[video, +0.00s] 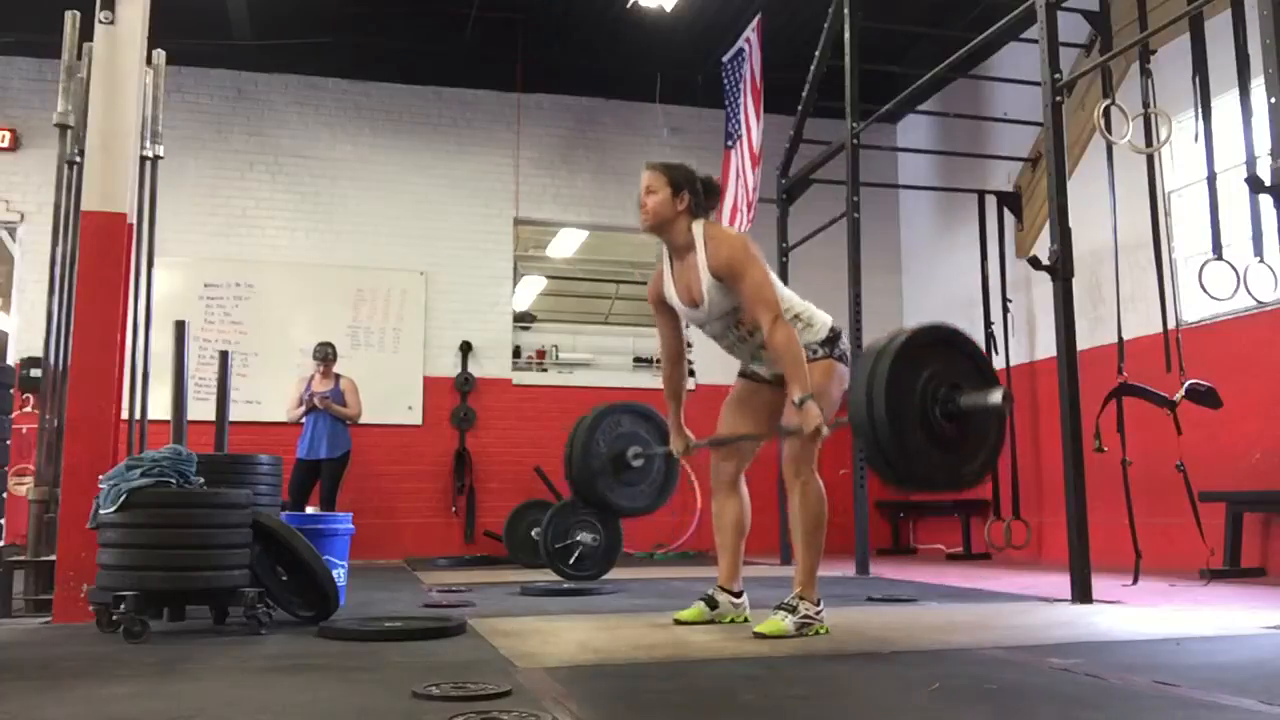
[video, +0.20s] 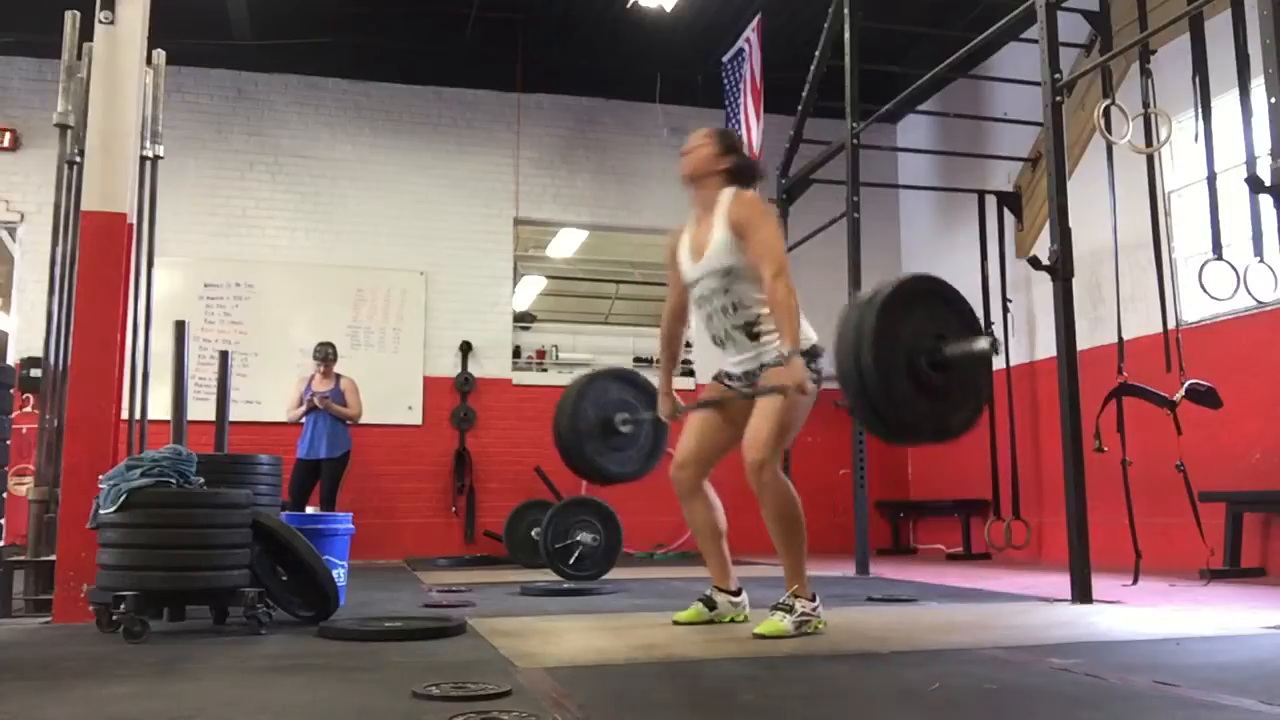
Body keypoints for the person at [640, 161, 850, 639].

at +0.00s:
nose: (641, 203)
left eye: (651, 193)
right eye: (641, 194)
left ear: (681, 200)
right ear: (664, 204)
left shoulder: (726, 247)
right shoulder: (661, 285)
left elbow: (774, 323)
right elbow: (672, 358)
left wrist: (802, 398)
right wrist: (676, 423)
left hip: (814, 347)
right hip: (761, 361)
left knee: (796, 466)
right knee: (724, 468)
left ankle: (806, 601)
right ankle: (728, 594)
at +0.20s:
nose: (683, 151)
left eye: (695, 144)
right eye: (685, 145)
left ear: (723, 159)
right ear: (697, 163)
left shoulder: (746, 206)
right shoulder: (683, 238)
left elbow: (777, 278)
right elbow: (675, 315)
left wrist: (791, 354)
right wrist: (665, 385)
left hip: (783, 360)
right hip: (732, 372)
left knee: (760, 461)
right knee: (685, 471)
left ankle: (801, 599)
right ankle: (726, 594)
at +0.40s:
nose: (766, 123)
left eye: (781, 119)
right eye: (768, 118)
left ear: (802, 141)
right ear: (763, 139)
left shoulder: (802, 178)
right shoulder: (736, 203)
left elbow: (796, 230)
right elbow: (690, 263)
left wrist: (775, 279)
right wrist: (650, 315)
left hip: (770, 323)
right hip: (719, 331)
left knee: (760, 441)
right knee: (695, 452)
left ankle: (796, 590)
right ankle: (717, 583)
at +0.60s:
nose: (757, 146)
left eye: (768, 139)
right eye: (759, 138)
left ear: (796, 155)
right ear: (759, 152)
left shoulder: (797, 201)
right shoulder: (732, 211)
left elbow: (821, 209)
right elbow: (708, 272)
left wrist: (805, 199)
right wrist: (668, 258)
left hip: (765, 342)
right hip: (712, 348)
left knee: (753, 445)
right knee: (661, 465)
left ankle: (817, 586)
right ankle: (695, 584)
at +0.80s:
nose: (724, 186)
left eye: (738, 181)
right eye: (724, 181)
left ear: (763, 203)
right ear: (722, 203)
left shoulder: (773, 254)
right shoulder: (696, 271)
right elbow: (638, 311)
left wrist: (767, 226)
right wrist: (645, 259)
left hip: (783, 397)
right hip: (726, 410)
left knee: (760, 475)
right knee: (637, 486)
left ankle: (826, 606)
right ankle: (682, 596)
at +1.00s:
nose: (719, 199)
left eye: (731, 192)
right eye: (719, 192)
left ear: (762, 207)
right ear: (720, 210)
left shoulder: (775, 262)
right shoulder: (697, 277)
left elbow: (740, 272)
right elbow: (633, 306)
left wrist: (768, 217)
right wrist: (652, 258)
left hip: (785, 404)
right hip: (729, 418)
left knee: (760, 478)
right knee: (637, 486)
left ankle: (826, 606)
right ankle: (683, 596)